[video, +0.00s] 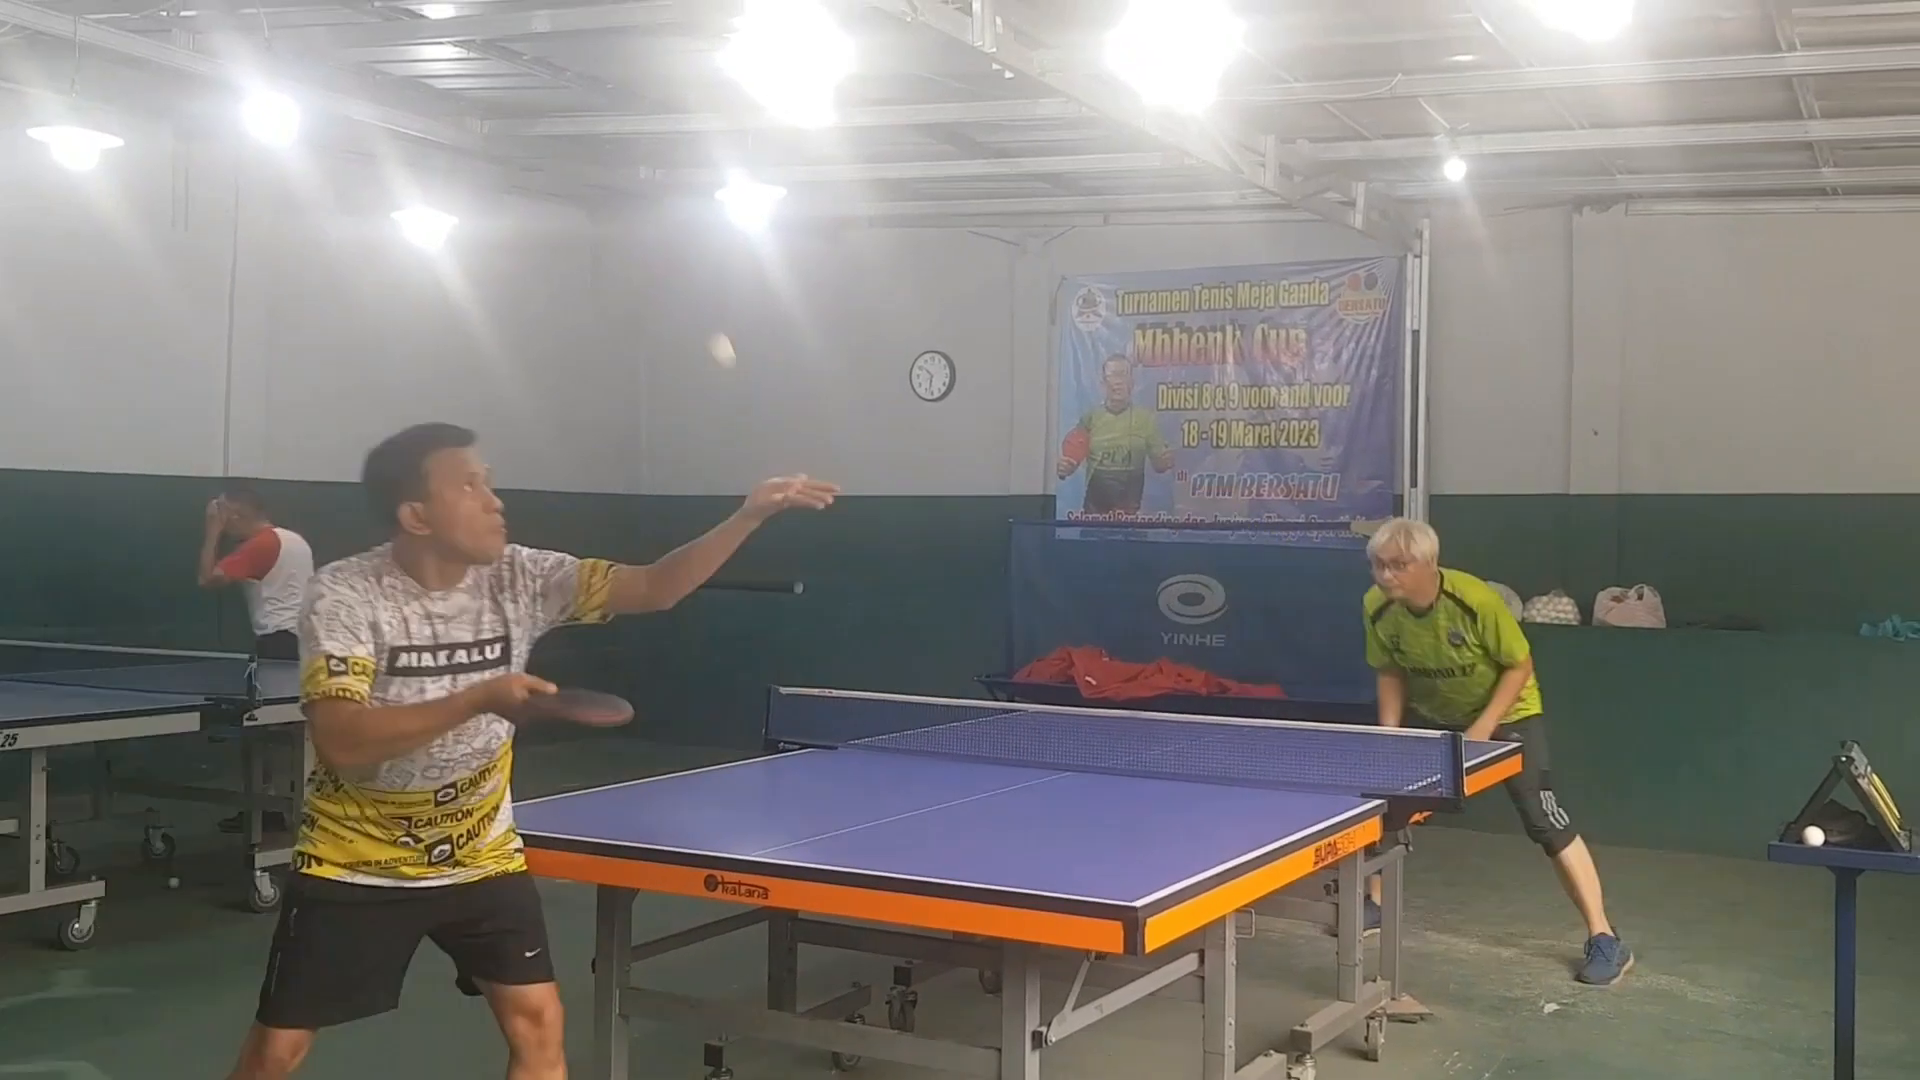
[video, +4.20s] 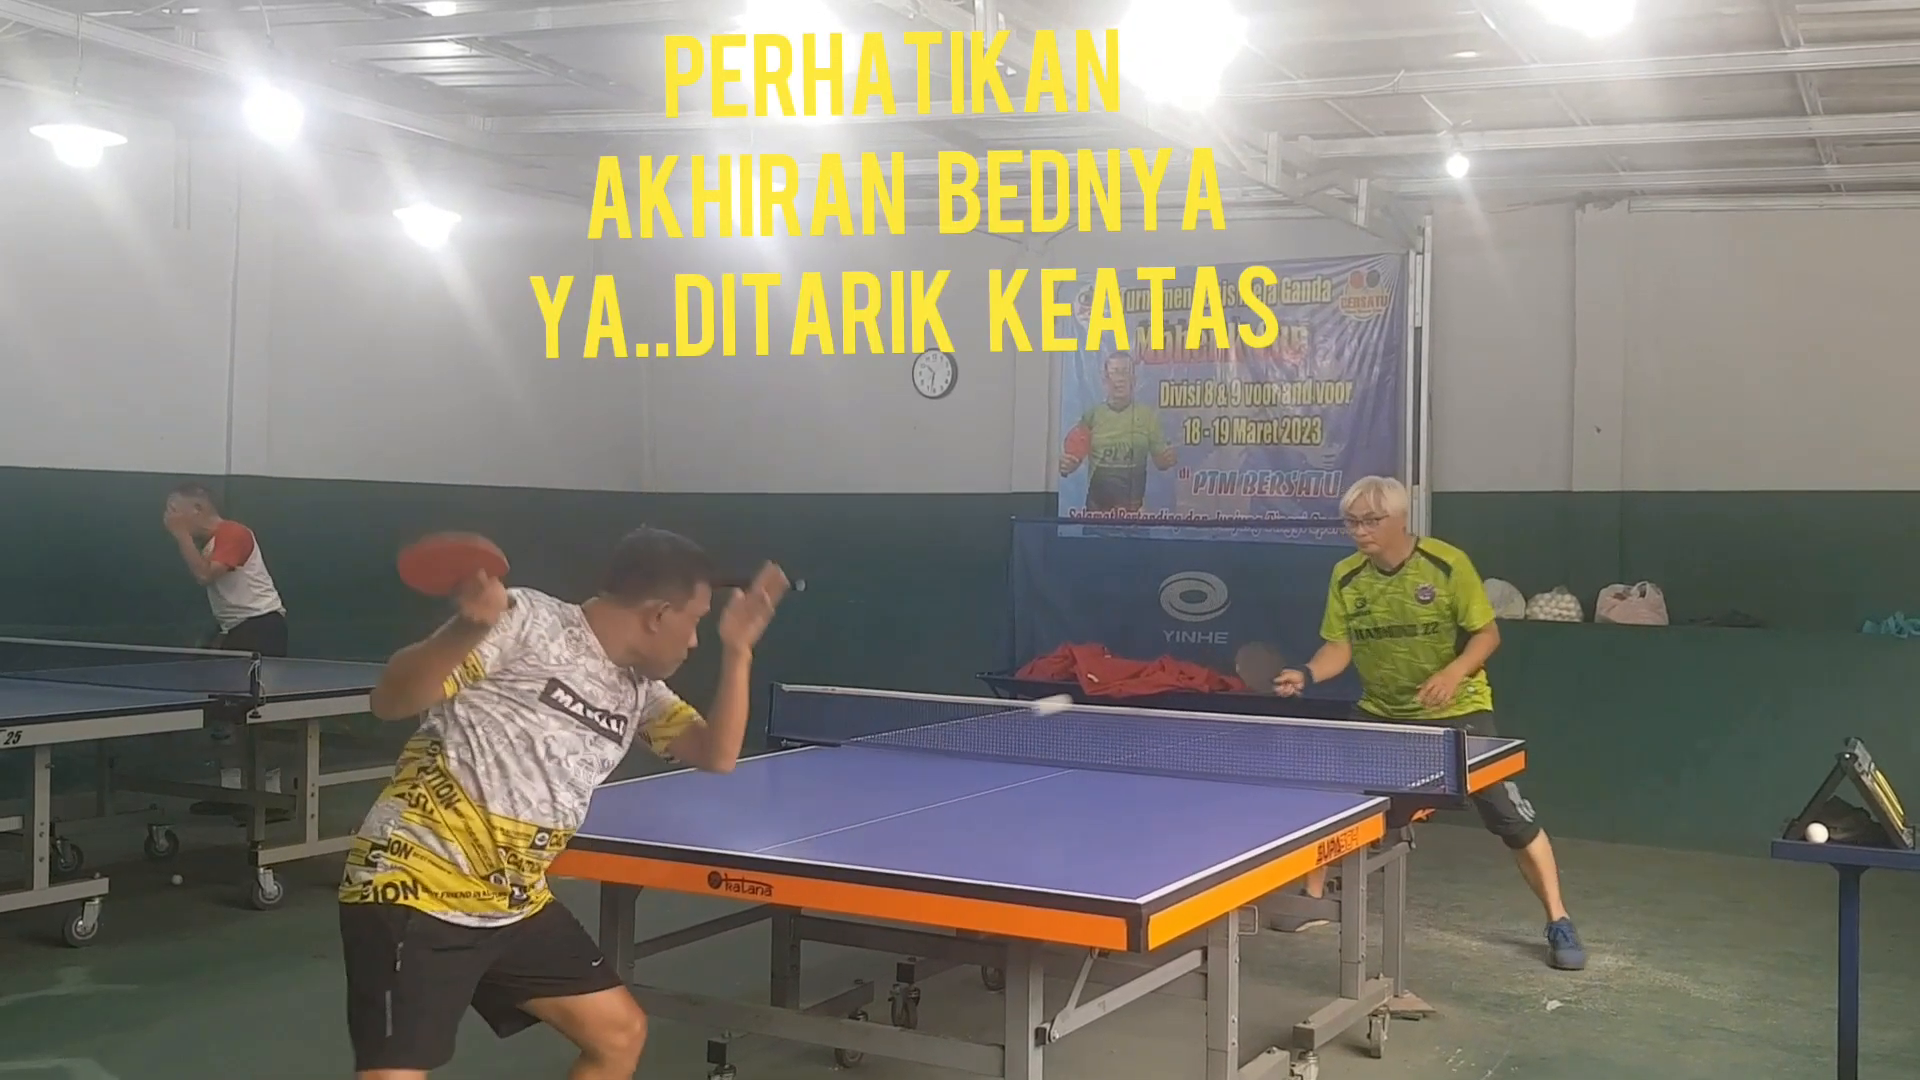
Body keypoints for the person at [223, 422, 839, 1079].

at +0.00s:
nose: (495, 498)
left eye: (489, 482)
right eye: (473, 487)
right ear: (413, 516)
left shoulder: (520, 578)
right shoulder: (348, 592)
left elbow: (653, 586)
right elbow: (340, 740)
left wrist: (752, 513)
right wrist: (477, 699)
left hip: (481, 854)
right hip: (355, 860)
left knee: (537, 1022)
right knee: (275, 1051)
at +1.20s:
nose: (450, 482)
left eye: (444, 467)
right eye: (426, 470)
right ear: (368, 502)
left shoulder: (480, 570)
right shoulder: (297, 578)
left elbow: (620, 598)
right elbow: (249, 710)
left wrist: (726, 560)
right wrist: (395, 698)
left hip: (437, 838)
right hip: (312, 850)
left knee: (519, 994)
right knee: (259, 1053)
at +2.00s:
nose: (474, 498)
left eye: (470, 481)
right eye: (453, 485)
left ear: (464, 497)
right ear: (391, 509)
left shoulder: (498, 577)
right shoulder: (314, 563)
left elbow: (633, 606)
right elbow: (190, 624)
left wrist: (737, 562)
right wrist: (327, 615)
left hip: (431, 825)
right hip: (311, 840)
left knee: (540, 959)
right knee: (256, 1047)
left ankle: (443, 1071)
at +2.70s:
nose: (537, 535)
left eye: (541, 516)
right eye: (518, 516)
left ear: (544, 522)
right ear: (459, 525)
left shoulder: (552, 596)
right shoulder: (389, 558)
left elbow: (682, 608)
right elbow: (246, 553)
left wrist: (737, 534)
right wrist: (371, 611)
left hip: (453, 839)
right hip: (337, 843)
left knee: (558, 979)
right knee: (265, 1049)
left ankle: (450, 1070)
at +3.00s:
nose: (592, 563)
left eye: (596, 547)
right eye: (579, 545)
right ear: (518, 543)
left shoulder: (578, 612)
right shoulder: (442, 563)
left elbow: (685, 623)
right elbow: (325, 580)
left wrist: (698, 527)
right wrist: (444, 671)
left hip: (471, 855)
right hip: (358, 854)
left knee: (569, 1020)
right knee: (275, 1057)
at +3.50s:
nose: (659, 617)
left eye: (666, 600)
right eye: (654, 595)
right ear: (602, 575)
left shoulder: (612, 661)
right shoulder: (490, 591)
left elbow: (696, 690)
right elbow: (366, 662)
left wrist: (687, 566)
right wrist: (502, 616)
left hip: (502, 889)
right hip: (394, 883)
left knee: (606, 1031)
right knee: (333, 1068)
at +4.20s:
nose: (696, 640)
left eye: (700, 626)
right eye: (696, 621)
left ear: (651, 614)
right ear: (655, 613)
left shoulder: (638, 690)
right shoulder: (522, 617)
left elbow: (716, 755)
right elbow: (390, 701)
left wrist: (738, 653)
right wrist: (467, 626)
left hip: (510, 895)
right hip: (413, 884)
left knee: (620, 1033)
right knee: (394, 1073)